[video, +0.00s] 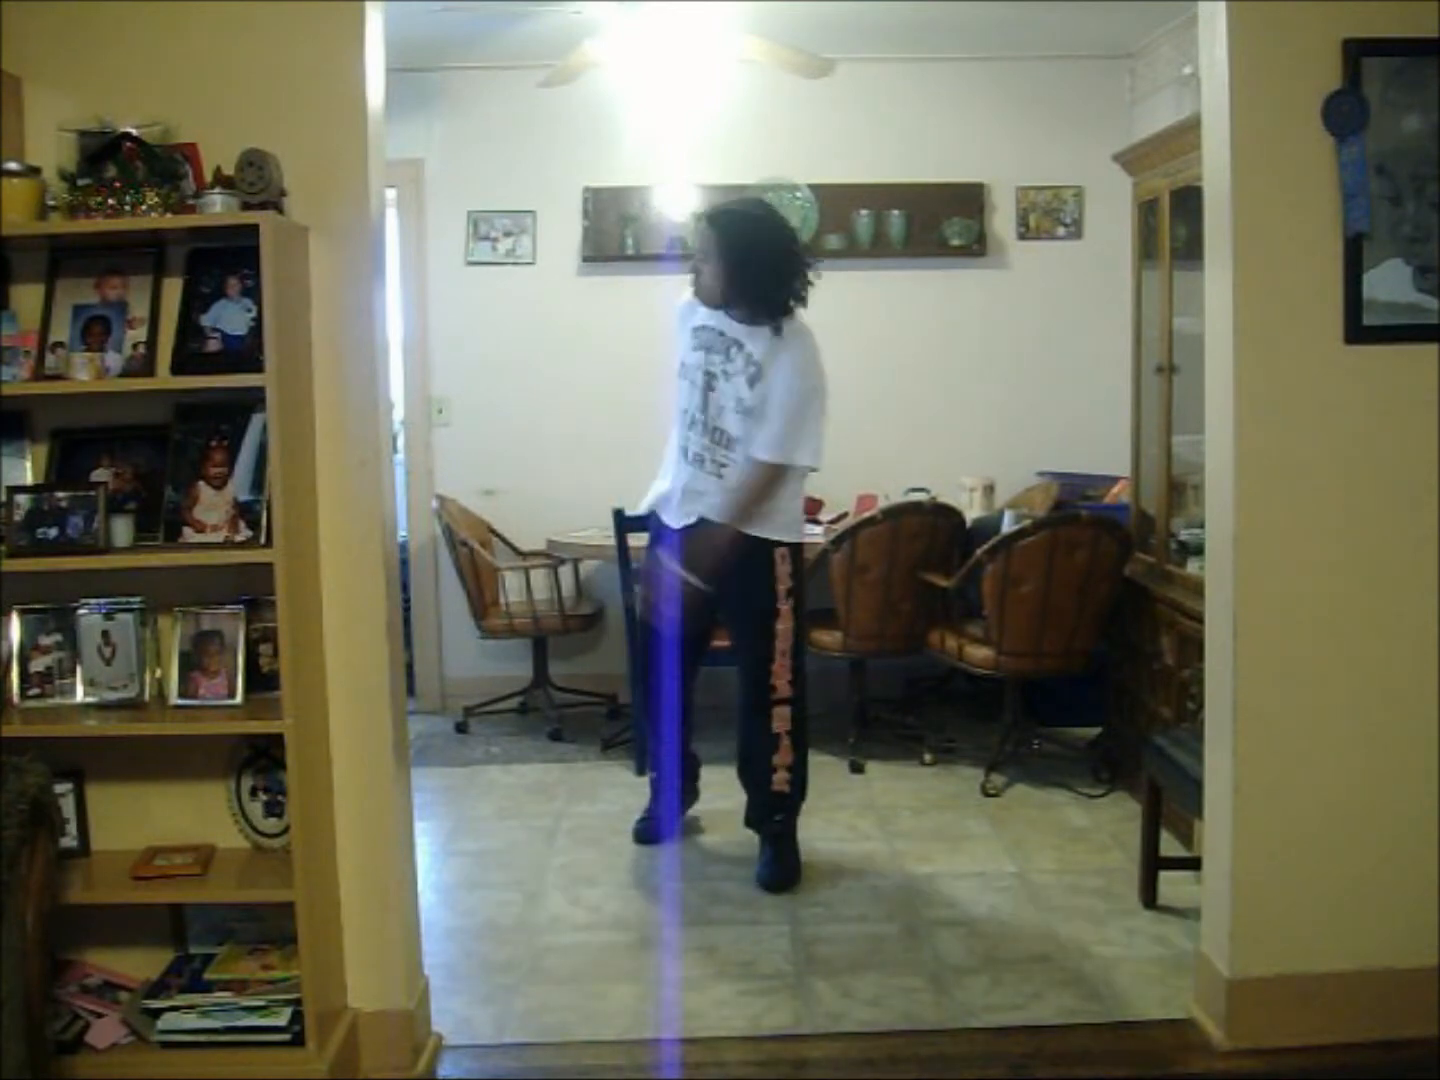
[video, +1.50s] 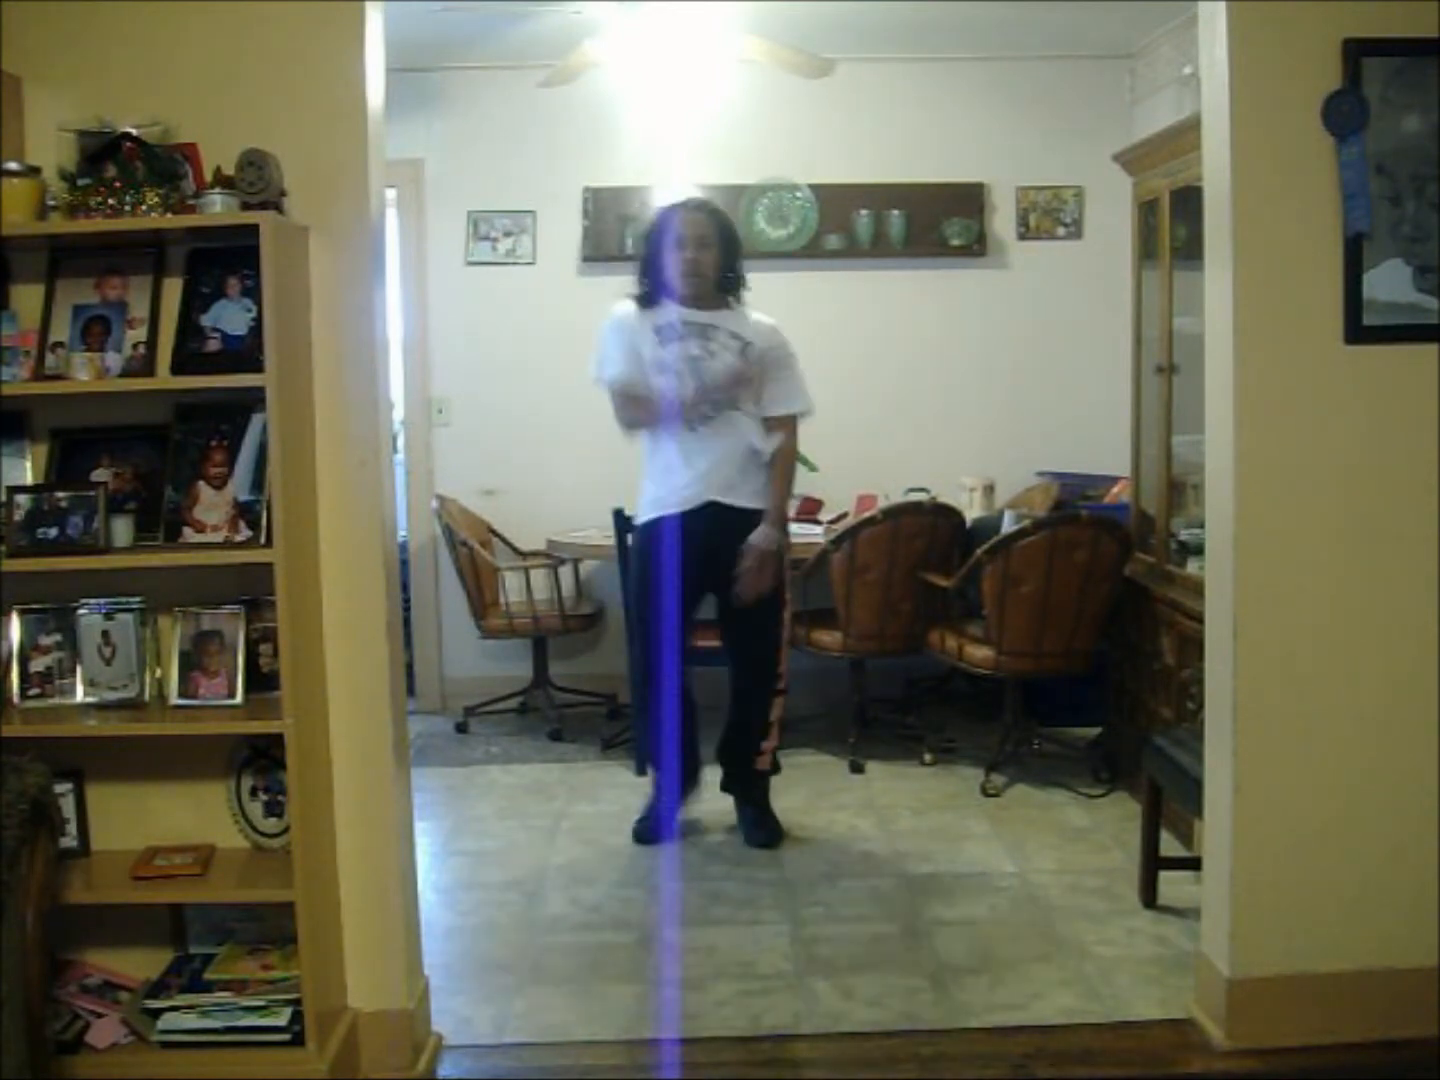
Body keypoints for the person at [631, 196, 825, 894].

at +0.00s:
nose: (692, 268)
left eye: (703, 258)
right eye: (693, 256)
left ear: (744, 266)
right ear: (718, 263)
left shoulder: (792, 350)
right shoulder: (694, 318)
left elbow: (774, 461)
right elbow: (691, 420)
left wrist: (716, 537)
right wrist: (665, 504)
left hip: (759, 532)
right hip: (682, 520)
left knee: (770, 679)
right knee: (663, 665)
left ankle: (776, 824)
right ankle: (671, 793)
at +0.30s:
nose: (662, 260)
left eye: (673, 246)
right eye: (663, 246)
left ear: (711, 251)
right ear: (692, 254)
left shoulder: (768, 329)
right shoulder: (682, 323)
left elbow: (747, 441)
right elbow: (687, 425)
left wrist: (636, 488)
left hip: (749, 529)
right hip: (677, 523)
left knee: (760, 678)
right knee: (668, 667)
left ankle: (777, 823)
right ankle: (679, 793)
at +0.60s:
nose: (614, 272)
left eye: (624, 258)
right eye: (612, 260)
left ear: (663, 256)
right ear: (633, 264)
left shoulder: (730, 323)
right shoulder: (633, 343)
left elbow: (765, 429)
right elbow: (615, 435)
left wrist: (779, 521)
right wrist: (579, 487)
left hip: (726, 531)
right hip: (648, 530)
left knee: (742, 676)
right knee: (658, 670)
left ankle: (773, 821)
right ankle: (678, 793)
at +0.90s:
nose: (640, 259)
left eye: (645, 244)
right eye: (623, 258)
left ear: (674, 248)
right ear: (613, 282)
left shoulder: (737, 313)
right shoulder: (620, 346)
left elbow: (784, 400)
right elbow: (604, 433)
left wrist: (779, 489)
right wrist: (588, 525)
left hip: (715, 519)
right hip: (641, 521)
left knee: (719, 667)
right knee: (654, 666)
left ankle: (758, 798)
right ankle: (678, 793)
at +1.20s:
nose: (668, 256)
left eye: (680, 244)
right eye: (655, 244)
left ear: (700, 254)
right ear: (634, 256)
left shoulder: (739, 327)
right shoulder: (614, 337)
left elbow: (764, 425)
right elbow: (614, 423)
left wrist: (775, 508)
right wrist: (654, 446)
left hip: (733, 512)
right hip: (651, 516)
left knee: (736, 654)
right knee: (659, 656)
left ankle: (749, 789)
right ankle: (678, 790)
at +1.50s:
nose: (690, 256)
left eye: (703, 244)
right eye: (678, 245)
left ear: (725, 255)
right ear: (656, 256)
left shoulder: (761, 336)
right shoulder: (630, 326)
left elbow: (785, 436)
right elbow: (628, 413)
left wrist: (775, 525)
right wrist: (714, 392)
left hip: (748, 511)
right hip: (667, 512)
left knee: (757, 661)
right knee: (657, 657)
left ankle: (751, 787)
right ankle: (670, 785)